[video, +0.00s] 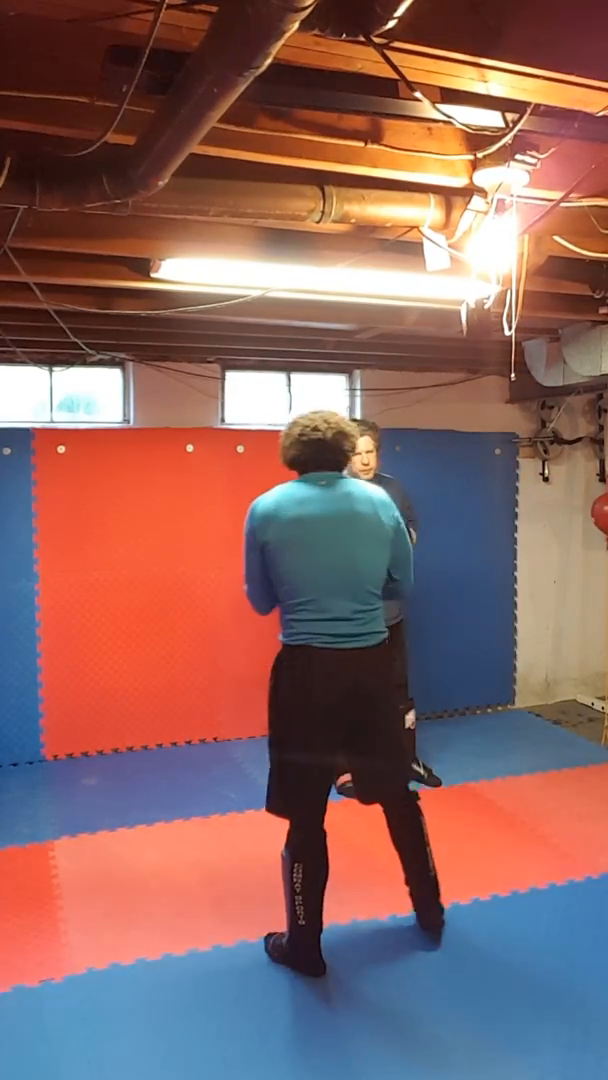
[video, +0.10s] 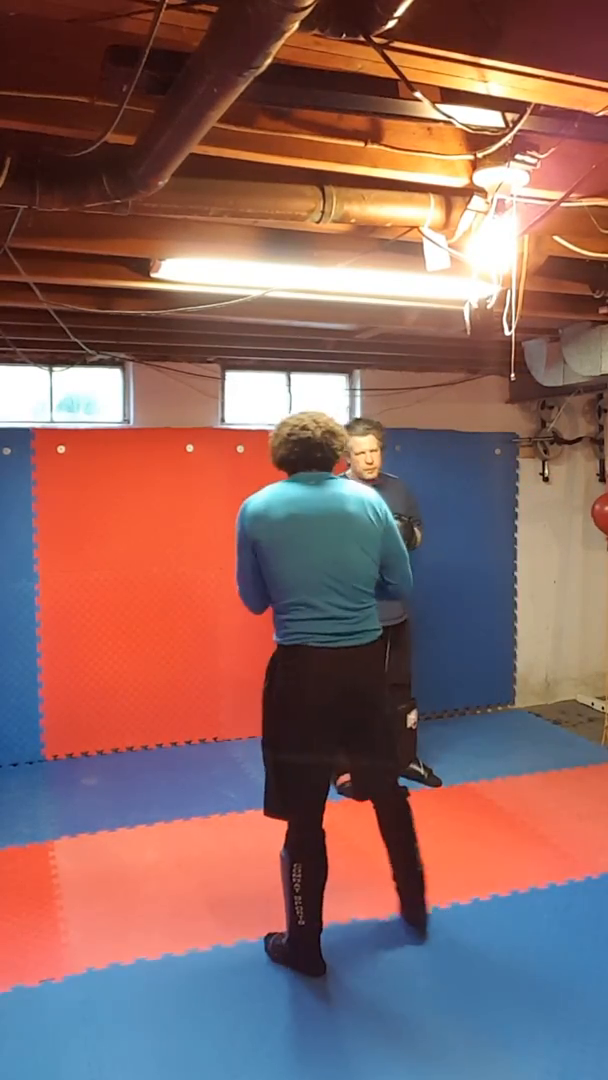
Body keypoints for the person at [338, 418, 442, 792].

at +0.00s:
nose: (366, 460)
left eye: (371, 452)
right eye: (359, 453)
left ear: (378, 454)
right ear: (343, 456)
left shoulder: (392, 491)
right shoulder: (330, 493)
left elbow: (410, 534)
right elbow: (320, 543)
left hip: (389, 611)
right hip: (344, 613)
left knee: (398, 688)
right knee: (344, 691)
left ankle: (409, 757)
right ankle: (346, 766)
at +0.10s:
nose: (369, 458)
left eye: (375, 451)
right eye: (361, 452)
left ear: (383, 452)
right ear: (347, 456)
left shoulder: (399, 490)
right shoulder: (336, 493)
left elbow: (414, 536)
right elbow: (331, 541)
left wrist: (377, 532)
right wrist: (396, 531)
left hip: (393, 613)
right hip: (350, 614)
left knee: (400, 688)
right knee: (351, 690)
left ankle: (407, 757)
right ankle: (349, 765)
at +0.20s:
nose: (375, 458)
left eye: (380, 450)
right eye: (366, 451)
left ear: (388, 451)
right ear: (349, 453)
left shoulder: (404, 490)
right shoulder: (338, 491)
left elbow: (421, 534)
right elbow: (331, 540)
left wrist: (398, 537)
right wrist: (377, 535)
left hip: (397, 612)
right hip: (355, 613)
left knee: (401, 689)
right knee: (357, 690)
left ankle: (406, 758)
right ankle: (351, 765)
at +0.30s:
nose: (380, 457)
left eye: (385, 449)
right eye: (371, 450)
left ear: (393, 451)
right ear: (355, 453)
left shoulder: (409, 490)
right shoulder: (341, 491)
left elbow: (426, 534)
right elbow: (333, 539)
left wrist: (415, 536)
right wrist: (373, 539)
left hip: (401, 613)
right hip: (358, 613)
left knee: (403, 690)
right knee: (357, 691)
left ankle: (407, 758)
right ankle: (349, 764)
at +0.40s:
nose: (385, 457)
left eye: (390, 449)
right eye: (377, 450)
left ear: (398, 450)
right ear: (360, 452)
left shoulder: (413, 491)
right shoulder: (347, 491)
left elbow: (431, 534)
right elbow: (338, 542)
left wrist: (421, 536)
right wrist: (377, 543)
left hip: (407, 612)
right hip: (364, 613)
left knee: (405, 689)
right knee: (361, 691)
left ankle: (408, 759)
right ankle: (357, 763)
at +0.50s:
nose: (391, 457)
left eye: (396, 449)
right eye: (383, 450)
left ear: (403, 450)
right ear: (368, 452)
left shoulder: (417, 492)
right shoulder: (354, 491)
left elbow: (436, 536)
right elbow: (344, 539)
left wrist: (426, 537)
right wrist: (381, 539)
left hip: (409, 610)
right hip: (367, 611)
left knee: (408, 688)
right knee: (363, 690)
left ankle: (408, 759)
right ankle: (363, 762)